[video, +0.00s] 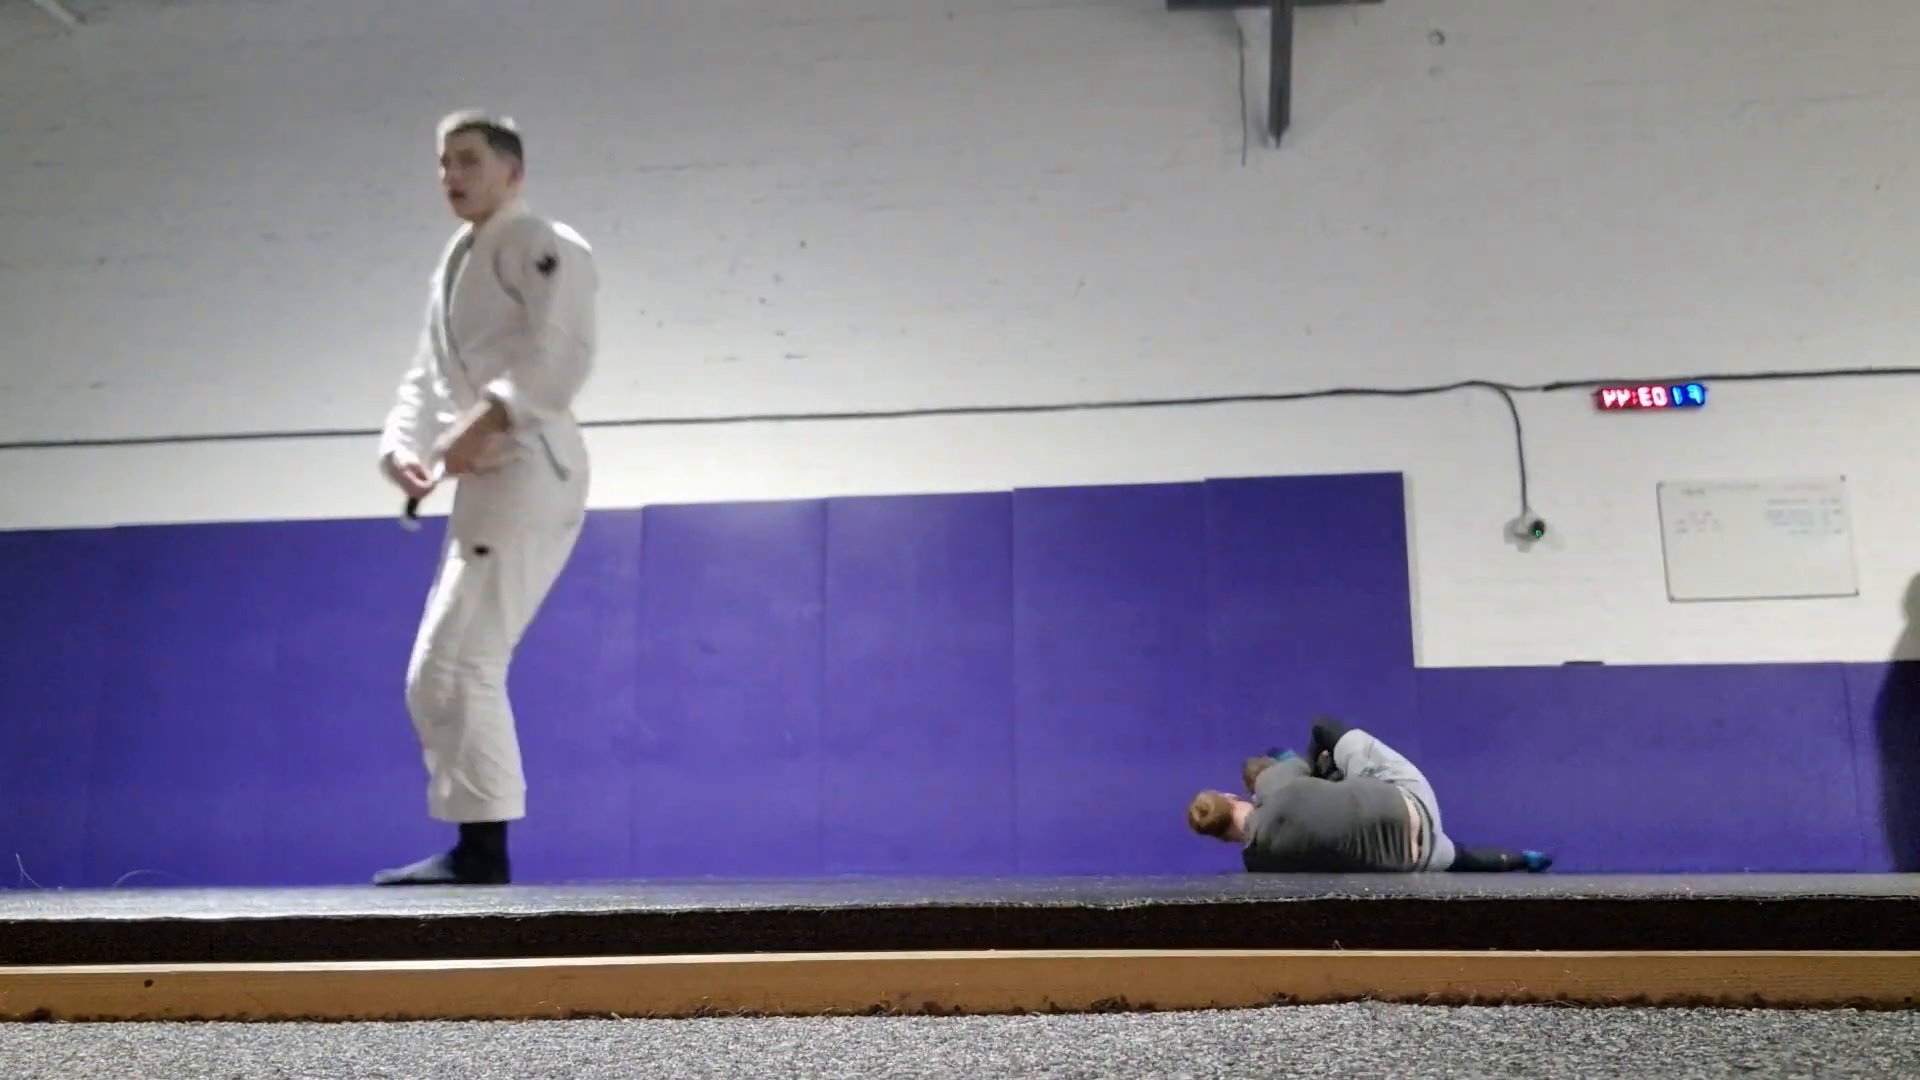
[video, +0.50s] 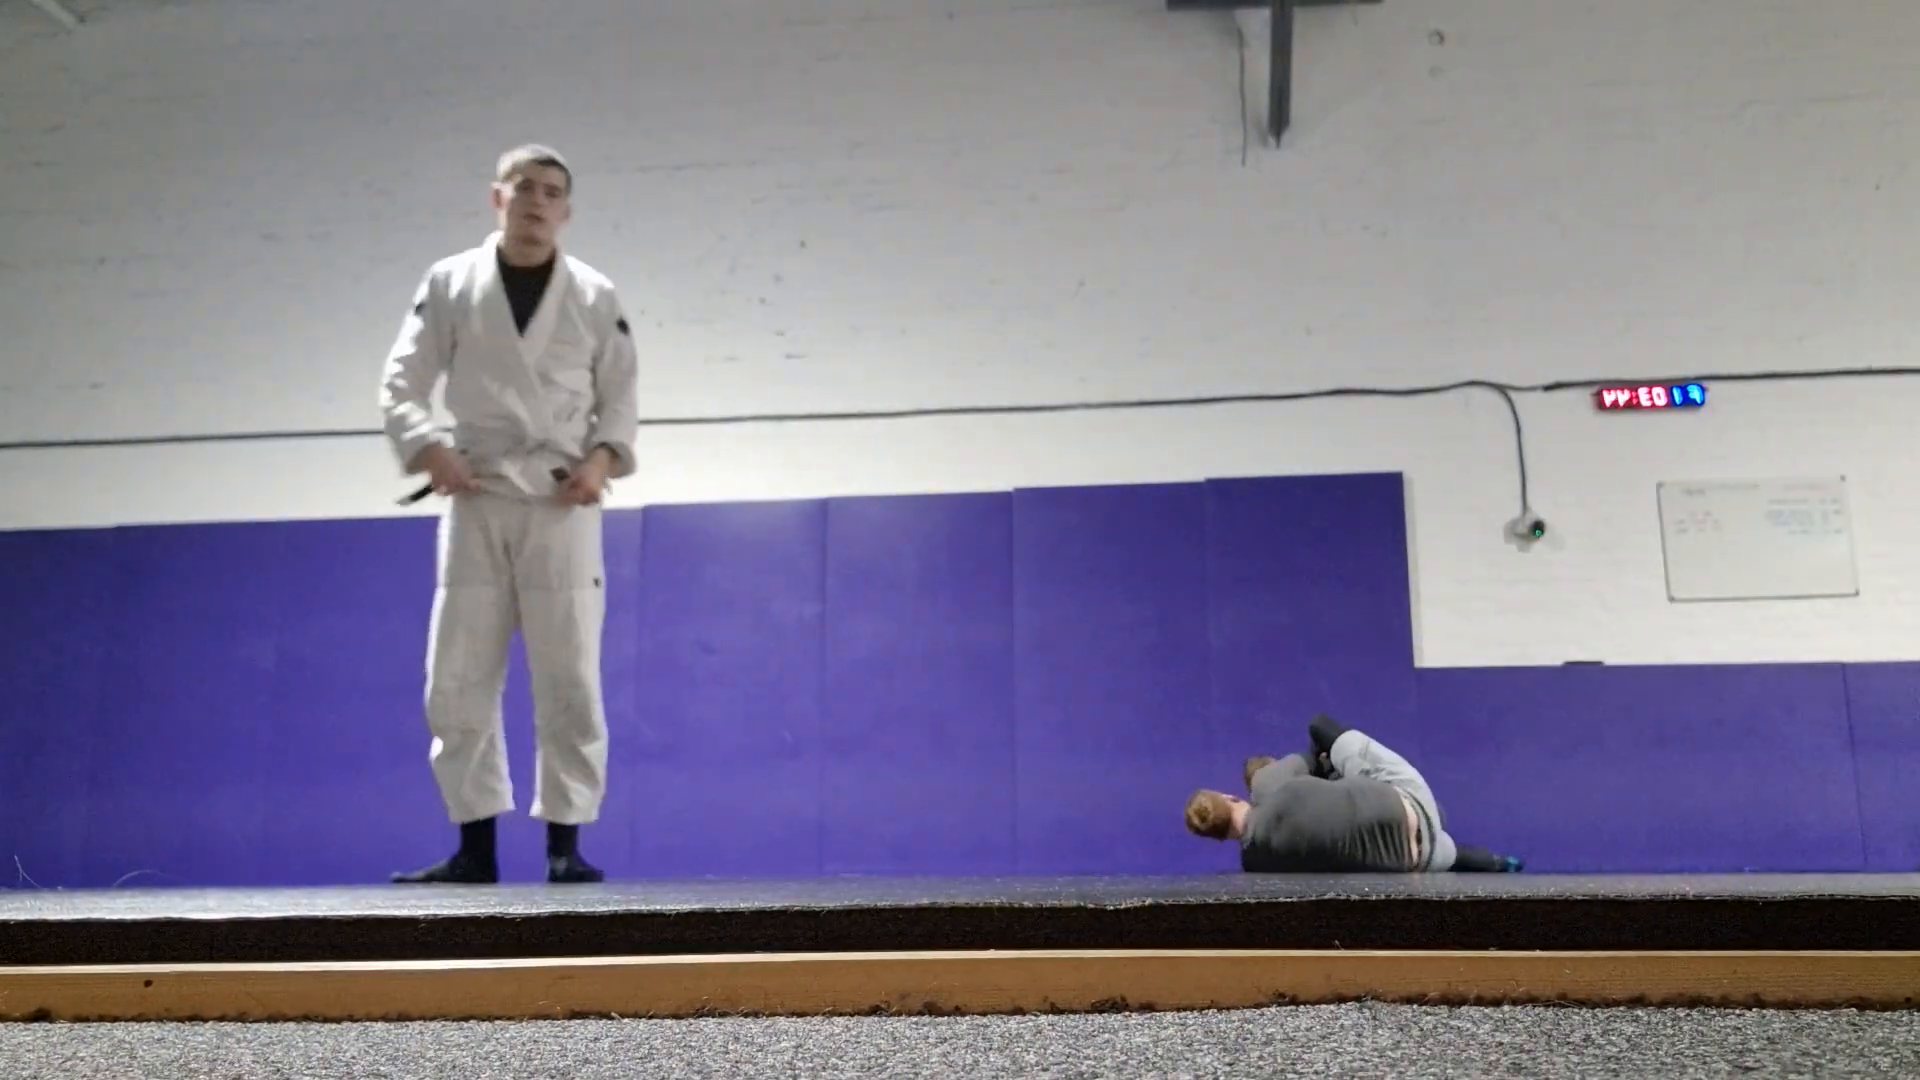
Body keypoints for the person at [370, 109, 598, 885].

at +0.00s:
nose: (451, 175)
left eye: (466, 162)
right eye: (445, 164)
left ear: (511, 170)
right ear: (442, 176)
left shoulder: (547, 244)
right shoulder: (456, 263)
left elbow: (566, 354)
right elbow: (427, 376)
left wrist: (488, 417)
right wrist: (401, 442)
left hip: (533, 476)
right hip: (487, 480)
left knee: (460, 661)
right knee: (440, 667)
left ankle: (483, 852)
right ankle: (475, 848)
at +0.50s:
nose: (535, 204)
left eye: (550, 194)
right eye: (524, 190)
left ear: (568, 212)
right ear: (496, 198)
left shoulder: (596, 300)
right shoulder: (449, 285)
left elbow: (620, 403)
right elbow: (401, 387)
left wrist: (601, 463)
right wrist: (430, 448)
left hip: (564, 503)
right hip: (474, 500)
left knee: (569, 676)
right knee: (459, 675)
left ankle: (565, 849)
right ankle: (475, 849)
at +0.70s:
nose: (562, 216)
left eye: (578, 205)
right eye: (550, 200)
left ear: (595, 217)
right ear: (525, 203)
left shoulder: (617, 304)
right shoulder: (476, 280)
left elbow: (643, 397)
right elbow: (426, 362)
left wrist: (653, 474)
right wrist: (494, 343)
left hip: (587, 504)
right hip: (499, 499)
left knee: (587, 674)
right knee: (474, 672)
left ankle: (568, 849)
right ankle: (477, 852)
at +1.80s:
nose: (603, 235)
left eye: (617, 225)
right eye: (591, 219)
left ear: (629, 230)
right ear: (561, 214)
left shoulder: (643, 311)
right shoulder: (508, 287)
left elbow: (668, 404)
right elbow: (477, 382)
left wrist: (684, 482)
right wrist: (536, 408)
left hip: (607, 508)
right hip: (521, 499)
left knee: (597, 674)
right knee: (487, 669)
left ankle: (568, 849)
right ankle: (481, 850)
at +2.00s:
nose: (615, 229)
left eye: (625, 219)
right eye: (602, 214)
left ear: (632, 228)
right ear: (565, 212)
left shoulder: (643, 310)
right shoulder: (510, 288)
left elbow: (669, 401)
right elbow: (467, 387)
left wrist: (689, 479)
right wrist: (439, 481)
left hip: (610, 508)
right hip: (522, 499)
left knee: (599, 675)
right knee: (490, 671)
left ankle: (569, 849)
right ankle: (481, 851)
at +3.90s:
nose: (549, 242)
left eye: (562, 233)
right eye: (538, 229)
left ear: (590, 236)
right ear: (523, 229)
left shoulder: (616, 298)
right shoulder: (500, 285)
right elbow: (450, 376)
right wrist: (507, 419)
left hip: (595, 495)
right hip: (517, 488)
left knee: (581, 672)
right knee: (482, 672)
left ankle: (576, 842)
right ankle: (480, 850)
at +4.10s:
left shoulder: (630, 290)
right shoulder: (509, 275)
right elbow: (455, 378)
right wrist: (510, 422)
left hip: (602, 488)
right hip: (519, 482)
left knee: (585, 661)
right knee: (484, 655)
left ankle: (574, 844)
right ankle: (480, 849)